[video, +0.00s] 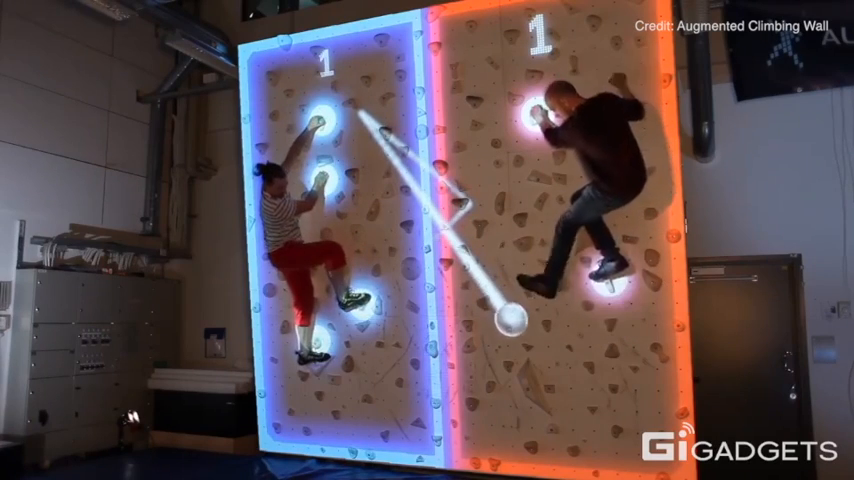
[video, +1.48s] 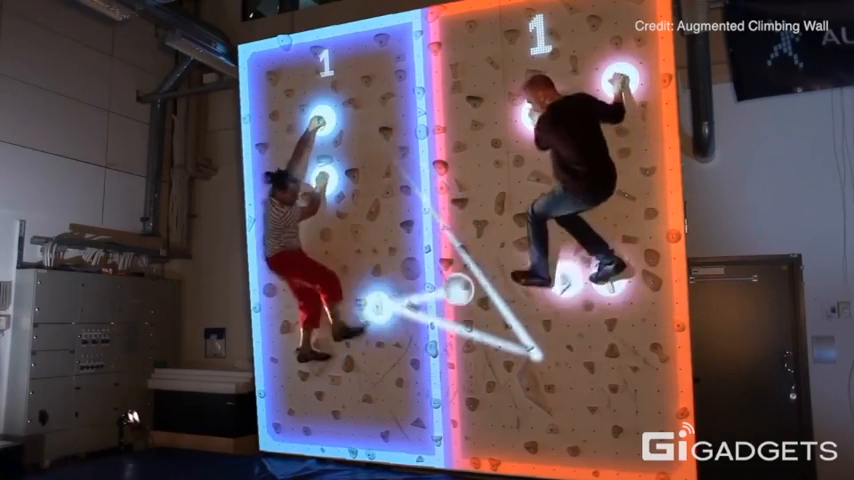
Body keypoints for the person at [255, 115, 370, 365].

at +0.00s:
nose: (285, 188)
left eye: (285, 184)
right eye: (280, 185)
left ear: (282, 181)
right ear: (270, 187)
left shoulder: (270, 193)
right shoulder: (278, 204)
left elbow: (292, 157)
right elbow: (309, 205)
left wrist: (309, 130)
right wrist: (320, 185)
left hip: (283, 253)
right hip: (288, 252)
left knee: (304, 299)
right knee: (332, 250)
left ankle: (305, 352)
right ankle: (344, 297)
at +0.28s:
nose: (284, 186)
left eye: (284, 182)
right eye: (279, 184)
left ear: (281, 180)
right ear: (268, 184)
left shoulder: (270, 192)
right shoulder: (276, 203)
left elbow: (292, 156)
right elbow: (307, 203)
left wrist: (309, 130)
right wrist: (320, 185)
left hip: (284, 253)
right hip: (289, 251)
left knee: (303, 300)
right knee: (334, 248)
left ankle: (304, 352)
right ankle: (344, 297)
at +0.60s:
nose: (283, 187)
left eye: (283, 182)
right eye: (278, 184)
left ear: (283, 180)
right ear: (268, 186)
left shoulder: (270, 193)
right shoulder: (277, 204)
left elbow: (292, 157)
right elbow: (308, 204)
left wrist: (309, 130)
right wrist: (320, 185)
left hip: (286, 253)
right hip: (292, 251)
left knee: (306, 300)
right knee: (337, 247)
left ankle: (305, 352)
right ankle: (345, 296)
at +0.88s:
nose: (284, 187)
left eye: (284, 182)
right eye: (280, 184)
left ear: (283, 181)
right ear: (270, 186)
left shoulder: (271, 194)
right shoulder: (277, 204)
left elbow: (292, 158)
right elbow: (308, 205)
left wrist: (309, 131)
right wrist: (320, 186)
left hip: (285, 253)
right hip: (290, 251)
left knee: (307, 297)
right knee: (334, 248)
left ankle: (305, 351)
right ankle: (344, 298)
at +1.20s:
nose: (303, 193)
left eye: (303, 189)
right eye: (299, 190)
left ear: (299, 186)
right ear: (288, 191)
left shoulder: (284, 193)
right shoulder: (292, 210)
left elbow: (298, 158)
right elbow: (316, 209)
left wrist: (310, 131)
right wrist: (321, 189)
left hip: (281, 255)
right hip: (287, 254)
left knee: (306, 299)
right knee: (334, 269)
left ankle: (305, 350)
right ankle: (351, 316)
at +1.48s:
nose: (295, 194)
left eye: (294, 190)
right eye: (291, 191)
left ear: (288, 189)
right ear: (280, 192)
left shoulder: (276, 199)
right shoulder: (285, 214)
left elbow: (296, 162)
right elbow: (313, 209)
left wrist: (310, 132)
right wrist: (321, 189)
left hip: (279, 258)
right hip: (287, 255)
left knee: (309, 299)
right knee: (327, 279)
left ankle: (305, 348)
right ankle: (338, 326)